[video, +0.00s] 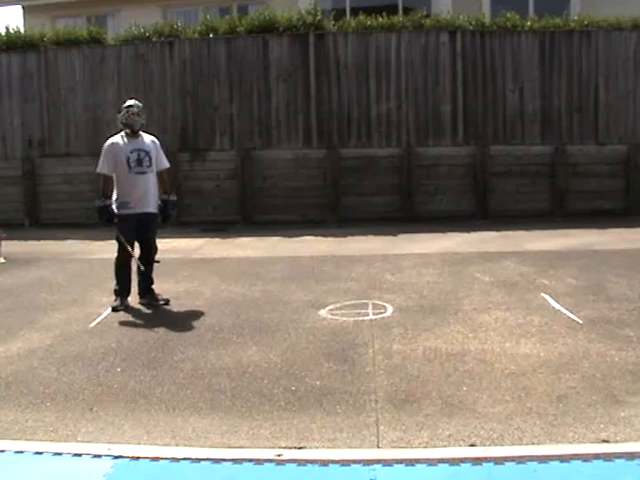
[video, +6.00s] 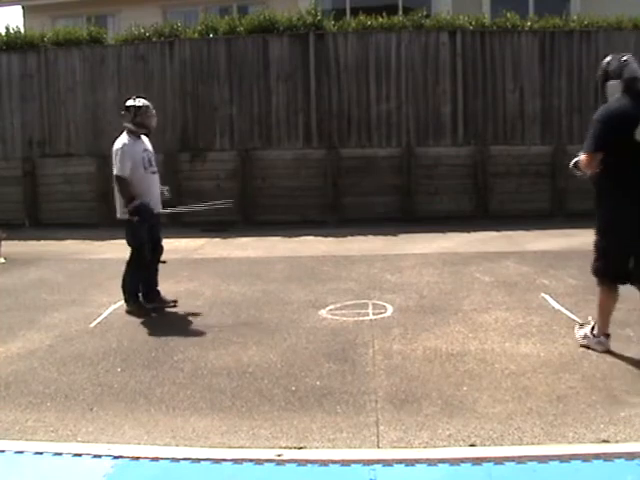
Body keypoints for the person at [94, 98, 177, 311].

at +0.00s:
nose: (133, 119)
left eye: (137, 114)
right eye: (129, 115)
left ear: (142, 118)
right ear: (122, 118)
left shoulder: (152, 142)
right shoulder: (113, 145)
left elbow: (162, 172)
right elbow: (107, 176)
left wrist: (167, 196)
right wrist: (105, 201)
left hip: (149, 206)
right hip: (125, 207)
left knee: (149, 252)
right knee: (125, 252)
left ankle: (147, 291)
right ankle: (121, 295)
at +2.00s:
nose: (110, 119)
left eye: (114, 114)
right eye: (106, 115)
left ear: (121, 117)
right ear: (99, 118)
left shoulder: (134, 142)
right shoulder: (90, 148)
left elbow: (146, 171)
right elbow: (85, 180)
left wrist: (150, 195)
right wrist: (82, 207)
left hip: (133, 210)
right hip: (107, 212)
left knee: (142, 252)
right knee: (115, 257)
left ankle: (146, 293)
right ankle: (120, 298)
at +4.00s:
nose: (132, 142)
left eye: (136, 137)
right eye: (129, 138)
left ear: (140, 134)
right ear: (120, 134)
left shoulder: (146, 144)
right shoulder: (107, 148)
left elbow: (153, 172)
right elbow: (98, 179)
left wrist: (156, 194)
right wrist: (100, 194)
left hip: (140, 209)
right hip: (118, 209)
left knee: (137, 250)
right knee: (121, 252)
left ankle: (134, 288)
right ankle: (121, 294)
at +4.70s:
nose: (139, 125)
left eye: (139, 121)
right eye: (135, 121)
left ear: (140, 122)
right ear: (123, 122)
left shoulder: (143, 144)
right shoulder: (111, 147)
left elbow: (153, 169)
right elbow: (113, 178)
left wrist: (161, 181)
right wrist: (132, 191)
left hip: (140, 206)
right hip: (122, 207)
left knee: (138, 248)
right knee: (129, 249)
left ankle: (135, 289)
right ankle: (129, 295)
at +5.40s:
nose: (133, 127)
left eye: (136, 123)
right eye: (129, 122)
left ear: (139, 123)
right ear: (118, 122)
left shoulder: (135, 142)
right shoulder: (106, 146)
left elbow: (154, 157)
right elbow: (120, 175)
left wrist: (174, 156)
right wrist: (148, 173)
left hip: (140, 209)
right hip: (121, 212)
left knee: (144, 248)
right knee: (130, 254)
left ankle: (136, 288)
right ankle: (131, 300)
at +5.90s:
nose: (148, 121)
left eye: (148, 116)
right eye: (144, 116)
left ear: (140, 118)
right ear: (132, 117)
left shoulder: (142, 142)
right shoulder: (119, 145)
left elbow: (149, 170)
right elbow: (118, 177)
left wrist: (167, 180)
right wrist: (138, 197)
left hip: (147, 207)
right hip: (129, 210)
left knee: (152, 250)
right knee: (137, 252)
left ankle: (151, 293)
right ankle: (131, 299)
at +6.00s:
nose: (154, 118)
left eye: (153, 114)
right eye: (149, 114)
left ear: (142, 117)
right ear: (136, 116)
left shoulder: (144, 140)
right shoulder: (123, 145)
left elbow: (145, 172)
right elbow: (120, 178)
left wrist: (157, 191)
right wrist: (133, 204)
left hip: (152, 208)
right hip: (136, 210)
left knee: (153, 252)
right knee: (139, 253)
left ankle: (151, 294)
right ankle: (132, 298)